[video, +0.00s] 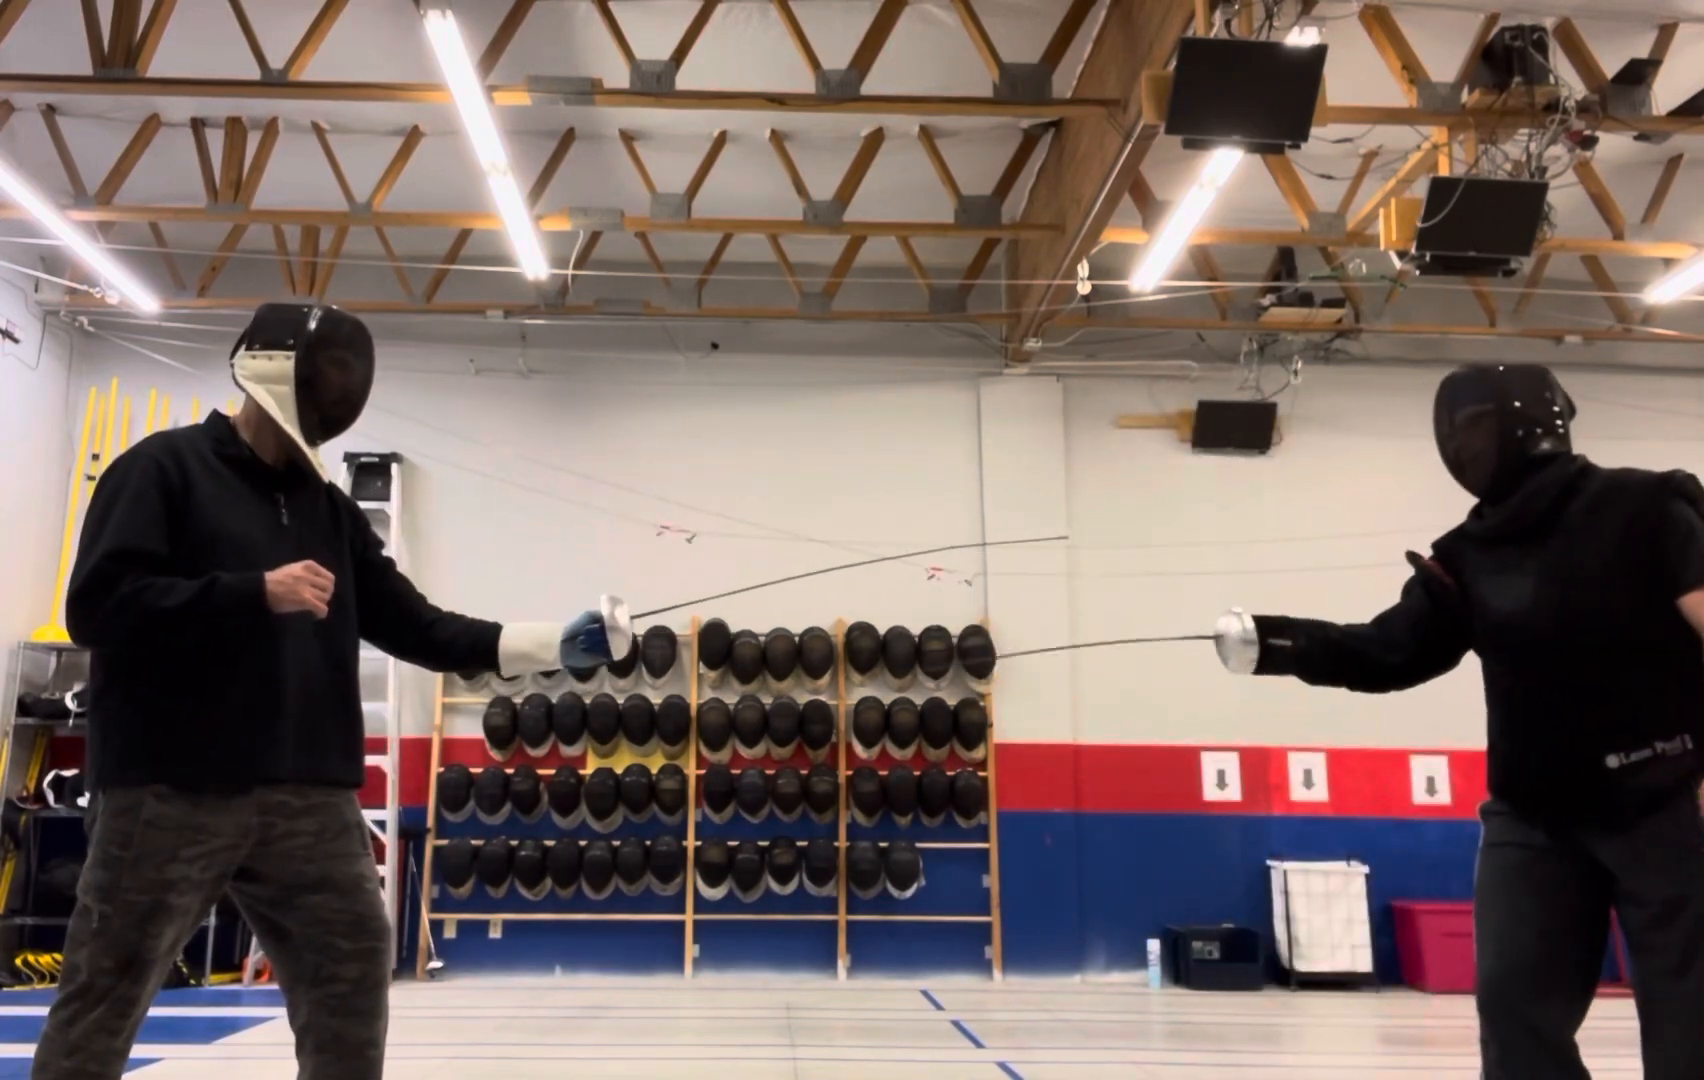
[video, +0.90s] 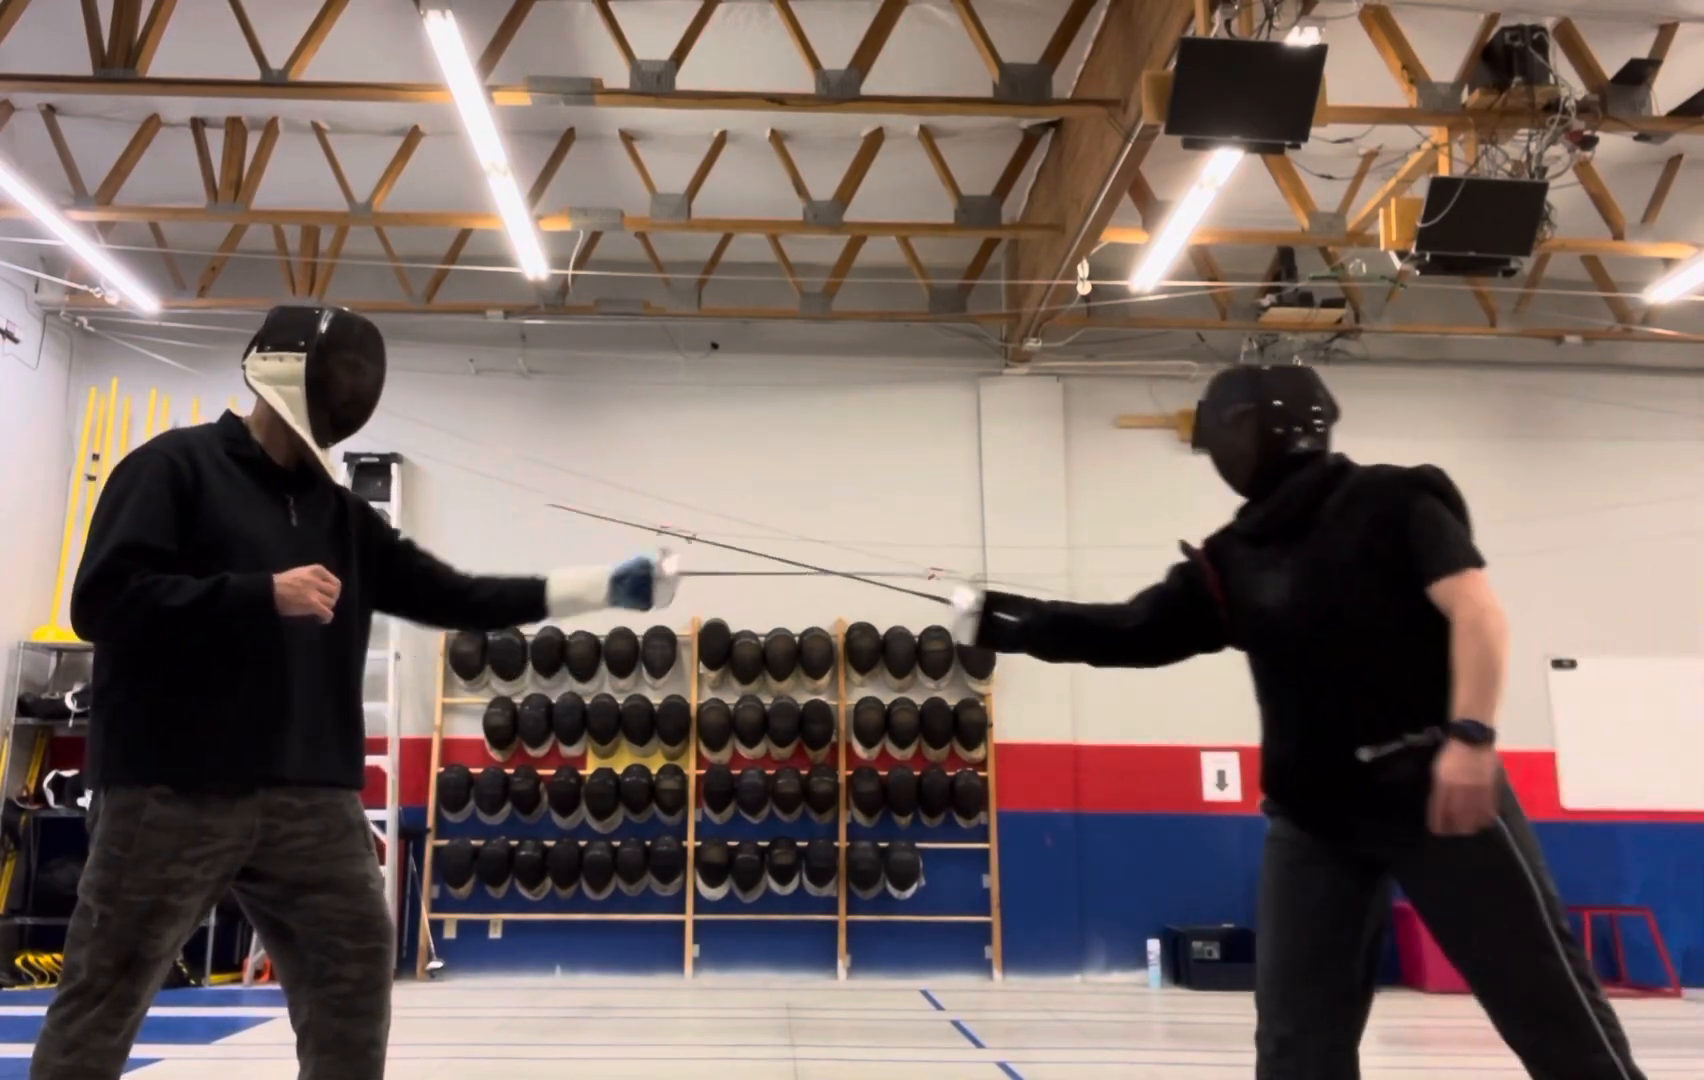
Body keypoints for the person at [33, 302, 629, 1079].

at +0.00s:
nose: (320, 418)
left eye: (332, 402)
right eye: (311, 392)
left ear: (335, 401)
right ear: (264, 373)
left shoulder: (327, 511)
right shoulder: (155, 470)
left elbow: (413, 625)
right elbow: (97, 606)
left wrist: (551, 645)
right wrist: (253, 590)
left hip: (305, 799)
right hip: (166, 794)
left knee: (350, 974)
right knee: (102, 1002)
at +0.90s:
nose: (326, 435)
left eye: (340, 418)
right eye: (317, 412)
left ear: (348, 410)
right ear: (271, 384)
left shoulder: (338, 515)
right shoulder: (166, 470)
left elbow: (452, 597)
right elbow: (102, 598)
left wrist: (596, 589)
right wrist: (261, 592)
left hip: (307, 801)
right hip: (168, 794)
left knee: (351, 996)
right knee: (96, 1009)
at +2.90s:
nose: (328, 412)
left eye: (338, 396)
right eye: (318, 387)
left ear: (335, 399)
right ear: (268, 372)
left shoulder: (329, 510)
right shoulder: (162, 469)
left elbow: (421, 621)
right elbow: (107, 602)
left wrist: (569, 633)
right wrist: (264, 590)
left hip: (309, 795)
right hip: (171, 791)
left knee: (352, 986)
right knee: (103, 1002)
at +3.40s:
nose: (353, 417)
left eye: (363, 401)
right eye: (340, 392)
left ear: (366, 403)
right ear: (286, 374)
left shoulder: (362, 514)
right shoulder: (178, 467)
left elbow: (490, 557)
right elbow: (106, 592)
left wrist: (640, 556)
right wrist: (266, 591)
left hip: (311, 799)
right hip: (167, 793)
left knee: (352, 998)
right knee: (98, 1006)